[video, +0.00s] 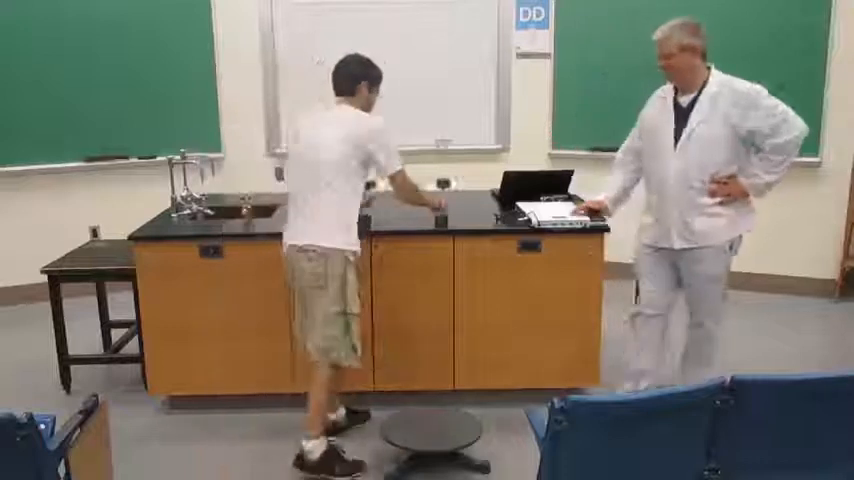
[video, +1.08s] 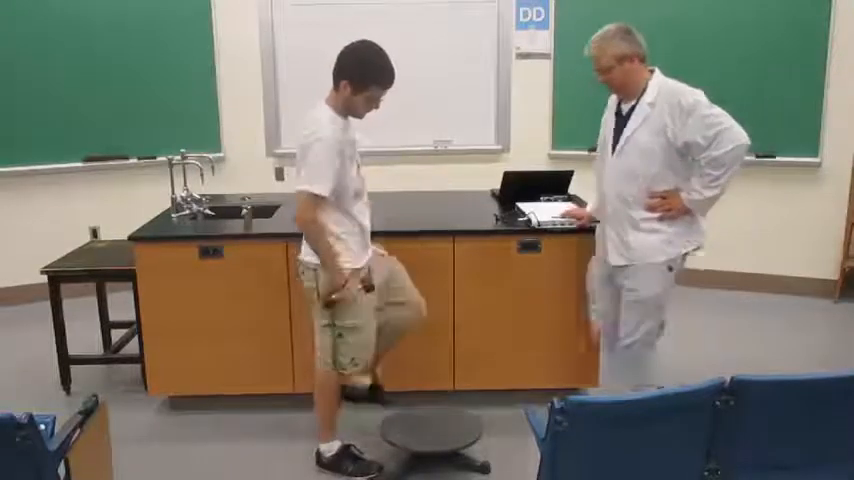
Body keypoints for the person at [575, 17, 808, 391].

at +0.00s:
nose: (661, 65)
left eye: (667, 57)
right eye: (660, 57)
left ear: (694, 53)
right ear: (674, 55)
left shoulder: (737, 96)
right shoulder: (659, 101)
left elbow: (791, 132)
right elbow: (632, 158)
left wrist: (752, 182)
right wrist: (607, 201)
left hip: (709, 234)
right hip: (658, 231)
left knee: (702, 322)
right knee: (649, 314)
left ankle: (694, 400)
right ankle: (639, 395)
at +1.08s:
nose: (600, 79)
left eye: (605, 70)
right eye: (598, 71)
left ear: (633, 61)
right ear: (627, 63)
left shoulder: (676, 99)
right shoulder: (615, 103)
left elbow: (732, 143)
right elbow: (618, 170)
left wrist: (692, 199)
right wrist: (593, 211)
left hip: (653, 246)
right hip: (612, 242)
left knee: (635, 343)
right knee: (608, 336)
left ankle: (633, 429)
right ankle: (612, 424)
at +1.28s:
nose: (591, 79)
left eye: (595, 70)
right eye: (588, 72)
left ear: (619, 60)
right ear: (614, 62)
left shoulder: (661, 94)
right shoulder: (613, 101)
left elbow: (711, 141)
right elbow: (624, 168)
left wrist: (677, 198)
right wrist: (594, 209)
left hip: (644, 245)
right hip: (602, 239)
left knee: (628, 340)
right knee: (582, 329)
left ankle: (623, 425)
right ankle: (564, 411)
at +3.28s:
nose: (589, 91)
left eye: (593, 82)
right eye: (586, 83)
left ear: (620, 71)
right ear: (606, 76)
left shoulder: (660, 110)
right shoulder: (601, 113)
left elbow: (713, 153)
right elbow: (594, 170)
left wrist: (672, 210)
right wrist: (582, 204)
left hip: (632, 256)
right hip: (587, 250)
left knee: (620, 355)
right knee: (561, 338)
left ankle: (617, 439)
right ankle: (528, 423)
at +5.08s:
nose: (610, 62)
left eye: (619, 54)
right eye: (607, 53)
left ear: (649, 56)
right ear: (603, 55)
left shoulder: (684, 109)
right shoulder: (591, 108)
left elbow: (738, 154)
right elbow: (558, 153)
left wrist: (691, 207)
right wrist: (524, 171)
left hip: (648, 261)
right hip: (594, 258)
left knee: (642, 364)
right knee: (598, 358)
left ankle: (642, 447)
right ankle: (599, 439)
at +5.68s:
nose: (584, 67)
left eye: (593, 57)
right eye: (581, 57)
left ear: (629, 58)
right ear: (580, 59)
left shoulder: (677, 118)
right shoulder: (564, 119)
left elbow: (737, 164)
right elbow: (515, 156)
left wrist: (685, 225)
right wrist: (459, 158)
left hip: (640, 293)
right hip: (570, 290)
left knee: (645, 410)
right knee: (563, 407)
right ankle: (560, 474)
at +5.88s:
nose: (539, 72)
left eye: (549, 62)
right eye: (538, 62)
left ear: (585, 65)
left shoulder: (633, 124)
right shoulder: (528, 127)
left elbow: (695, 177)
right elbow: (492, 170)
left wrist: (646, 241)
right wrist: (437, 161)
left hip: (605, 301)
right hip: (537, 299)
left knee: (618, 412)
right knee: (534, 407)